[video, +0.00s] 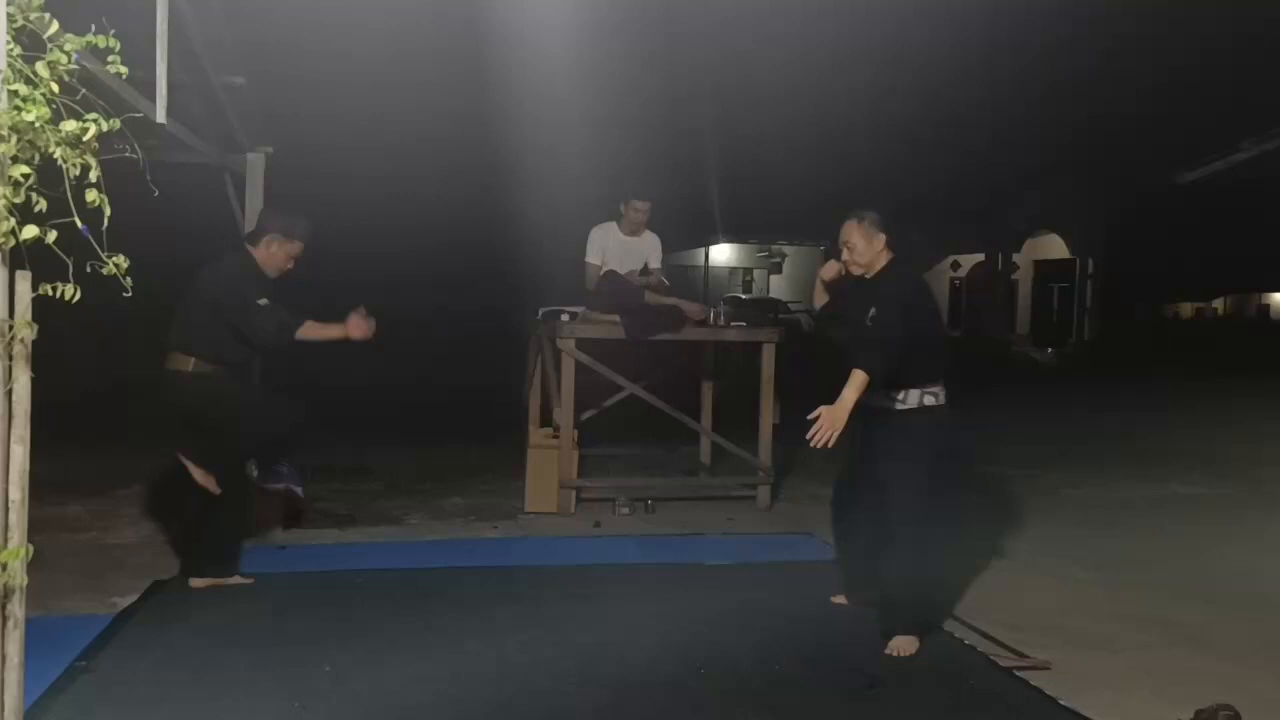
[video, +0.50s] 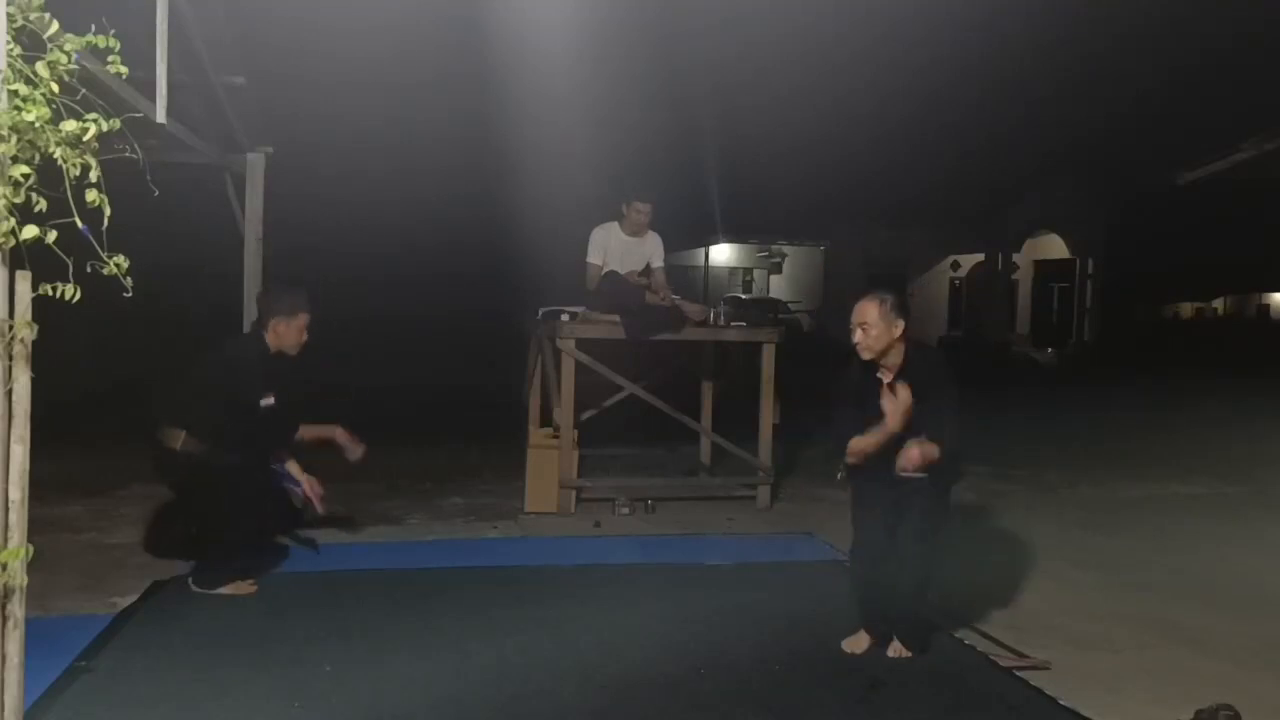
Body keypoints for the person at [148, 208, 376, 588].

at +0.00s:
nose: (291, 266)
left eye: (295, 259)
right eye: (290, 256)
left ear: (268, 245)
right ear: (268, 243)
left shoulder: (234, 270)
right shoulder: (238, 276)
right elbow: (278, 328)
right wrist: (345, 330)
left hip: (194, 378)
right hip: (199, 383)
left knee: (221, 475)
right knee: (225, 476)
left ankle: (211, 567)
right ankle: (208, 569)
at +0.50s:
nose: (306, 337)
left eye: (306, 329)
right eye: (302, 328)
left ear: (276, 326)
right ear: (276, 326)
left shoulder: (257, 357)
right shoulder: (249, 359)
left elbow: (266, 433)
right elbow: (278, 430)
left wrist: (299, 476)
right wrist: (332, 432)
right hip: (187, 455)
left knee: (279, 498)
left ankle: (234, 564)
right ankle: (213, 575)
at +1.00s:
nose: (269, 226)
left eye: (269, 218)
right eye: (263, 218)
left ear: (241, 221)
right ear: (239, 220)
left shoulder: (230, 258)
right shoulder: (228, 261)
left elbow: (278, 282)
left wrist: (304, 256)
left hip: (214, 383)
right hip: (205, 385)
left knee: (214, 473)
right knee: (212, 475)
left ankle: (208, 565)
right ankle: (202, 572)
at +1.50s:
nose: (258, 218)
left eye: (257, 210)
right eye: (251, 211)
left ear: (229, 216)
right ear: (227, 216)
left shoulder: (224, 258)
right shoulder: (211, 260)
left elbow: (273, 282)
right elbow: (262, 288)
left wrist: (321, 257)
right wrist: (295, 266)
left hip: (218, 386)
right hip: (203, 389)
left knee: (217, 476)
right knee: (209, 477)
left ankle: (207, 566)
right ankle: (198, 572)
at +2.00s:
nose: (238, 221)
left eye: (242, 213)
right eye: (228, 213)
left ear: (247, 218)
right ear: (205, 218)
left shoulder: (230, 262)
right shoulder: (202, 253)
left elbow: (280, 300)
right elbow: (246, 264)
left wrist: (269, 265)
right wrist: (298, 255)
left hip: (224, 383)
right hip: (202, 383)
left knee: (219, 474)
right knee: (210, 475)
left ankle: (208, 566)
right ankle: (200, 572)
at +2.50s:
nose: (249, 223)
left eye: (250, 214)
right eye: (242, 215)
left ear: (227, 219)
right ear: (215, 218)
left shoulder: (222, 262)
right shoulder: (202, 259)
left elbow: (266, 300)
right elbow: (257, 285)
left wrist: (319, 305)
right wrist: (271, 258)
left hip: (220, 382)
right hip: (203, 383)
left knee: (216, 473)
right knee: (213, 474)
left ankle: (201, 568)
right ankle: (200, 572)